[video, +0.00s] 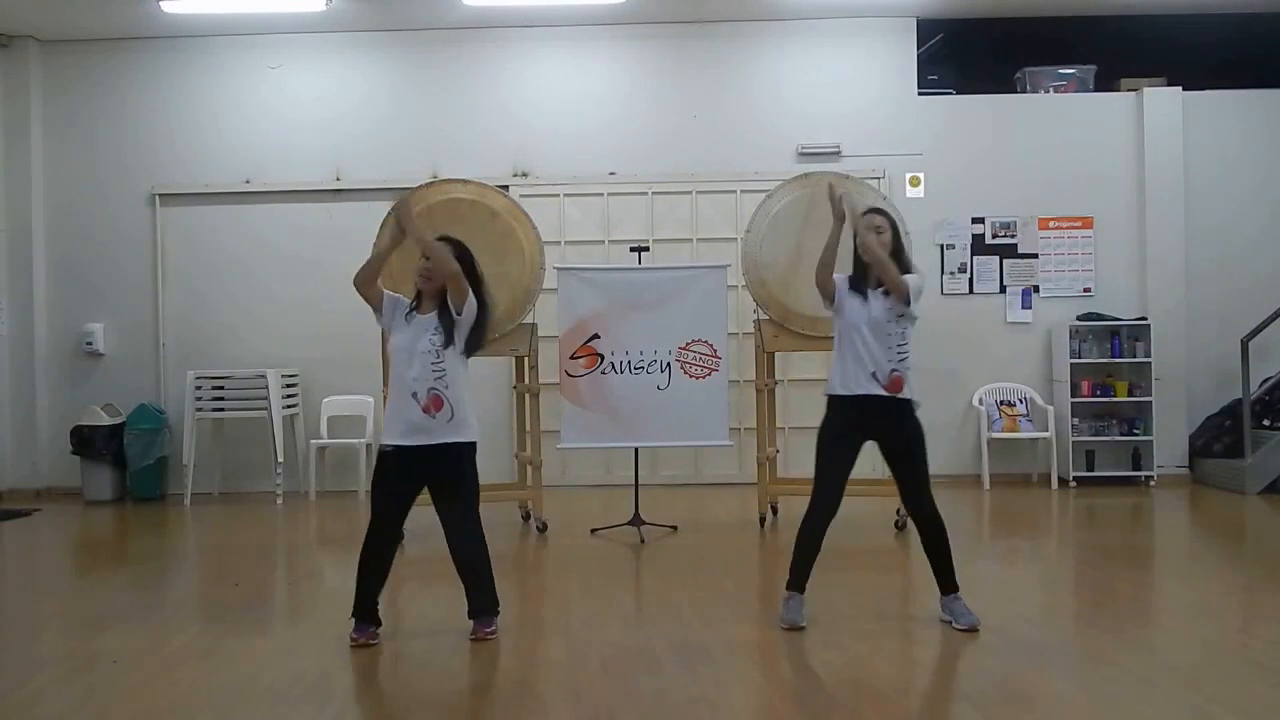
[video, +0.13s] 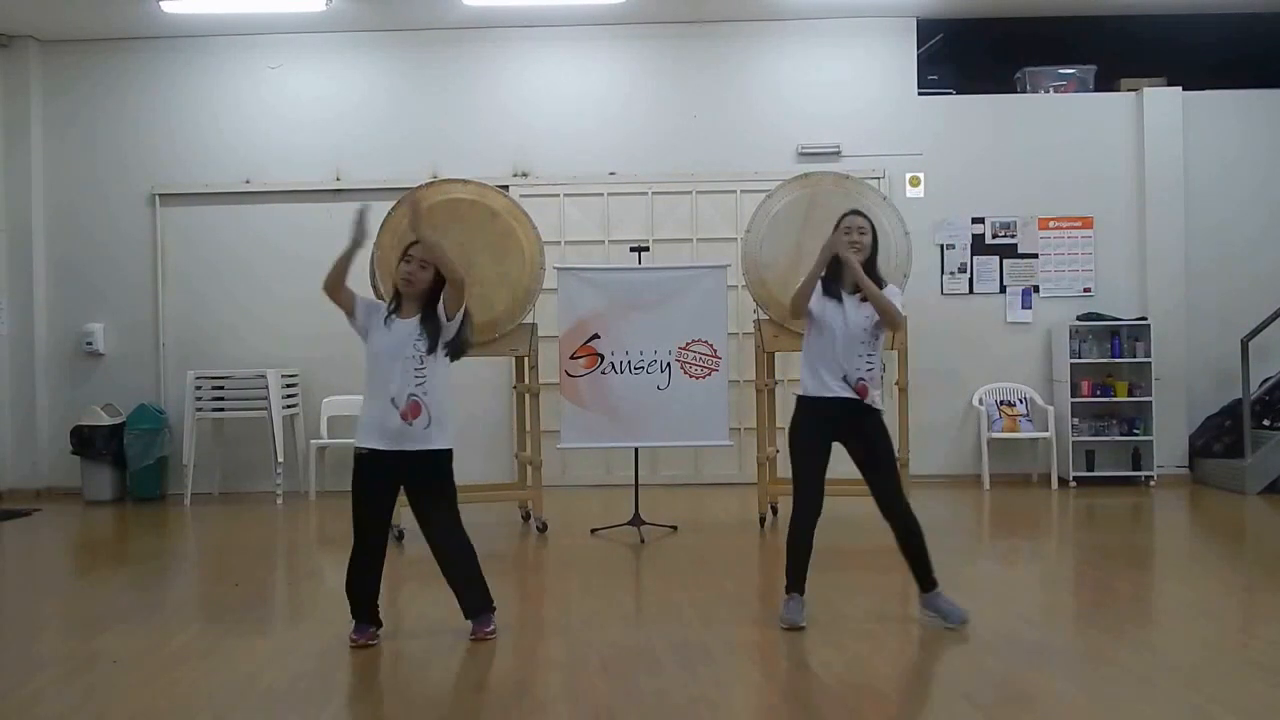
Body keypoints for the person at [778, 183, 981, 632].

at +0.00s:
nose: (872, 237)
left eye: (881, 230)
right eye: (865, 231)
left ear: (895, 241)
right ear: (857, 242)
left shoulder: (908, 284)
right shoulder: (843, 289)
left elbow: (897, 286)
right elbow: (822, 278)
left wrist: (871, 247)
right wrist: (838, 225)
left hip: (896, 411)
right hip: (845, 409)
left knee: (922, 506)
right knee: (823, 505)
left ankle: (951, 598)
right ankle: (794, 595)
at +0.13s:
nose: (855, 238)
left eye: (862, 232)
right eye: (848, 232)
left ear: (874, 243)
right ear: (835, 243)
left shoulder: (883, 293)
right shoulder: (818, 290)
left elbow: (896, 323)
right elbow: (796, 309)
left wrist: (859, 274)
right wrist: (823, 256)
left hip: (862, 412)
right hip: (814, 410)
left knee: (895, 506)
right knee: (806, 507)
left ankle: (930, 594)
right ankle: (794, 597)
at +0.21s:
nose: (845, 235)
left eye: (852, 229)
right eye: (836, 229)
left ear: (863, 241)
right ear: (823, 239)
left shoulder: (872, 298)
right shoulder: (803, 289)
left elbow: (906, 345)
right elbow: (768, 335)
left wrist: (890, 305)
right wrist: (786, 295)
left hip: (849, 409)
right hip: (801, 407)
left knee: (868, 504)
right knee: (800, 505)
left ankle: (879, 587)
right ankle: (793, 596)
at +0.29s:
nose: (840, 235)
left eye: (847, 229)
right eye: (831, 229)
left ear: (858, 239)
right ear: (818, 239)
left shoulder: (871, 295)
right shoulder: (795, 288)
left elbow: (901, 353)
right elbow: (762, 340)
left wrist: (915, 333)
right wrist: (760, 315)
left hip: (846, 409)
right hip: (798, 406)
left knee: (849, 506)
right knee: (799, 504)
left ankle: (839, 582)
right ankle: (793, 596)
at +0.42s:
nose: (835, 239)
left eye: (841, 233)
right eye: (826, 234)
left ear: (851, 243)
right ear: (812, 244)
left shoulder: (865, 301)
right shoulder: (792, 295)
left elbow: (891, 353)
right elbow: (758, 345)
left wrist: (935, 341)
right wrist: (741, 318)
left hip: (840, 415)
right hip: (795, 410)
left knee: (828, 512)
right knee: (797, 505)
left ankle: (803, 584)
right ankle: (791, 594)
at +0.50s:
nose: (836, 239)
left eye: (841, 233)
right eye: (827, 234)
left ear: (852, 243)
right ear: (812, 245)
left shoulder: (862, 300)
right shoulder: (792, 293)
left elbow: (896, 349)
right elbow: (761, 342)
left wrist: (941, 324)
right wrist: (748, 302)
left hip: (838, 415)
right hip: (795, 410)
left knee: (840, 516)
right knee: (800, 506)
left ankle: (808, 581)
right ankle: (792, 596)